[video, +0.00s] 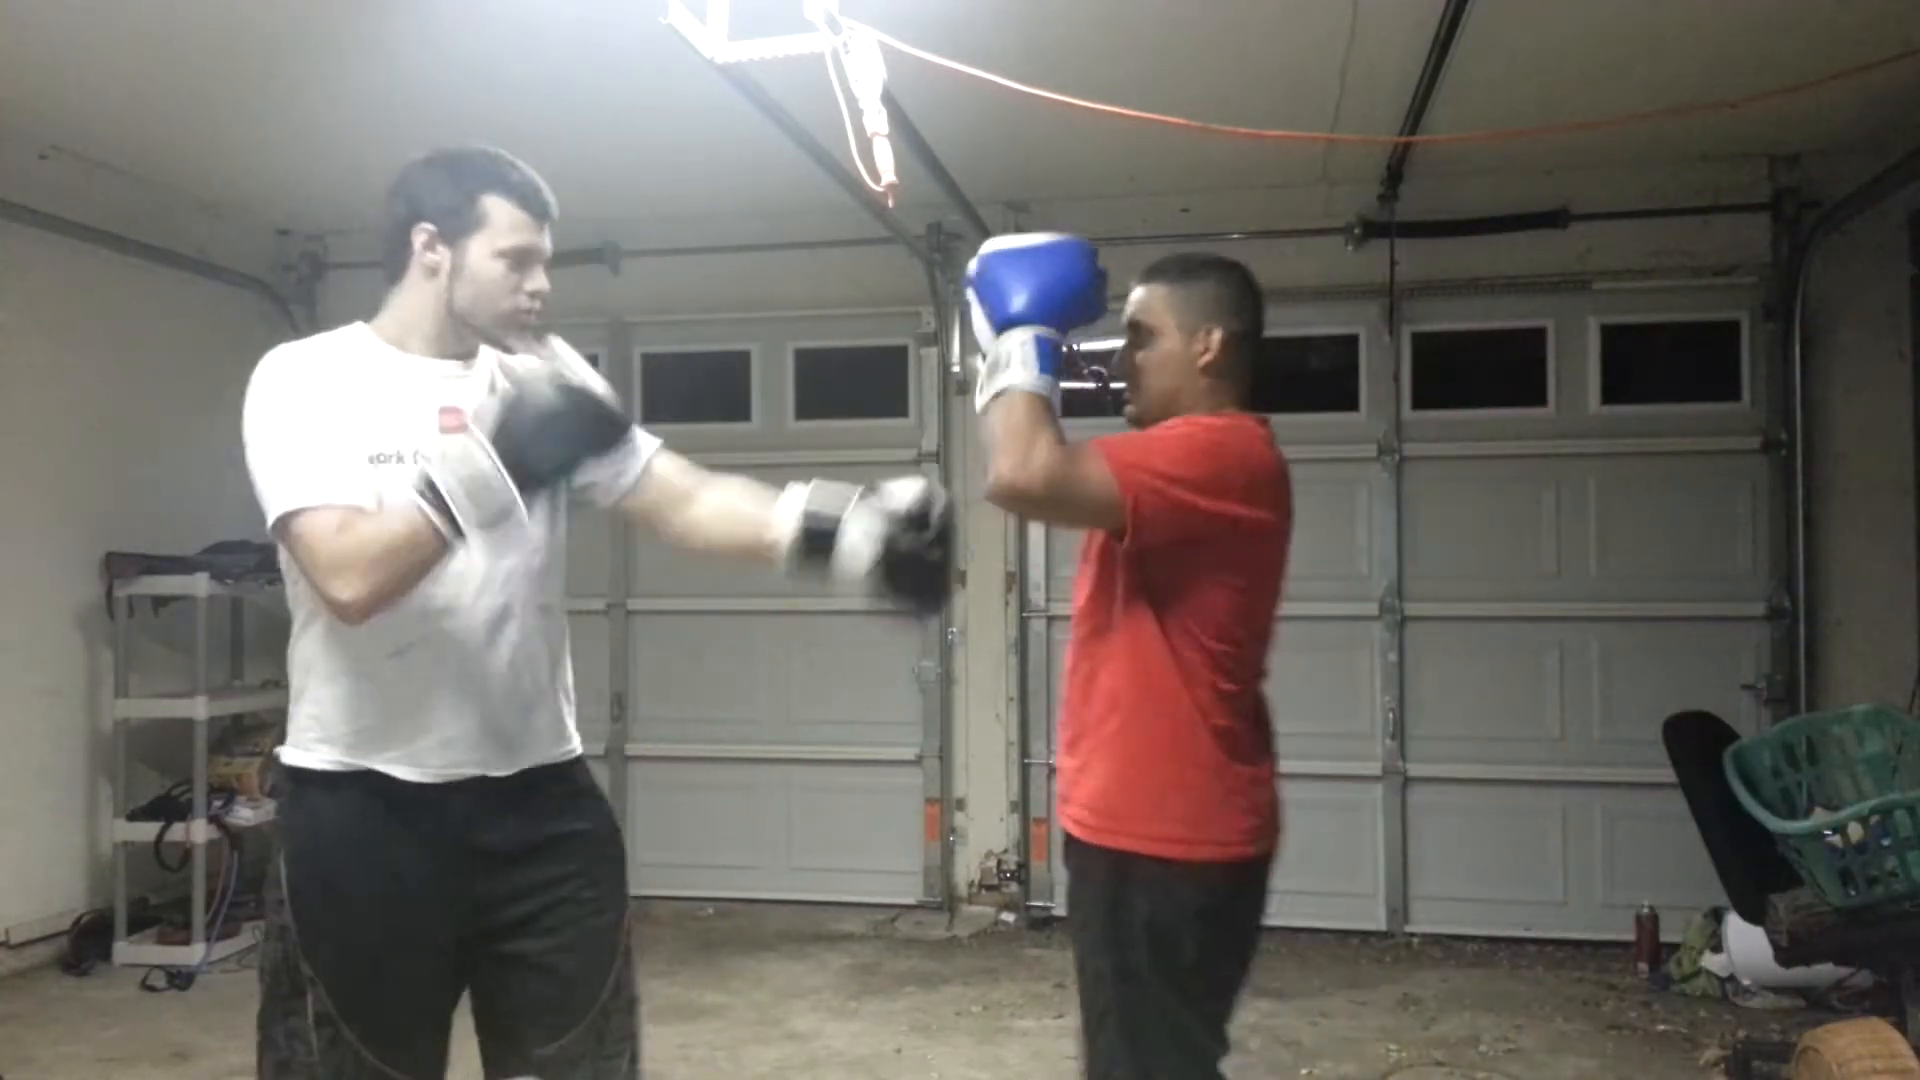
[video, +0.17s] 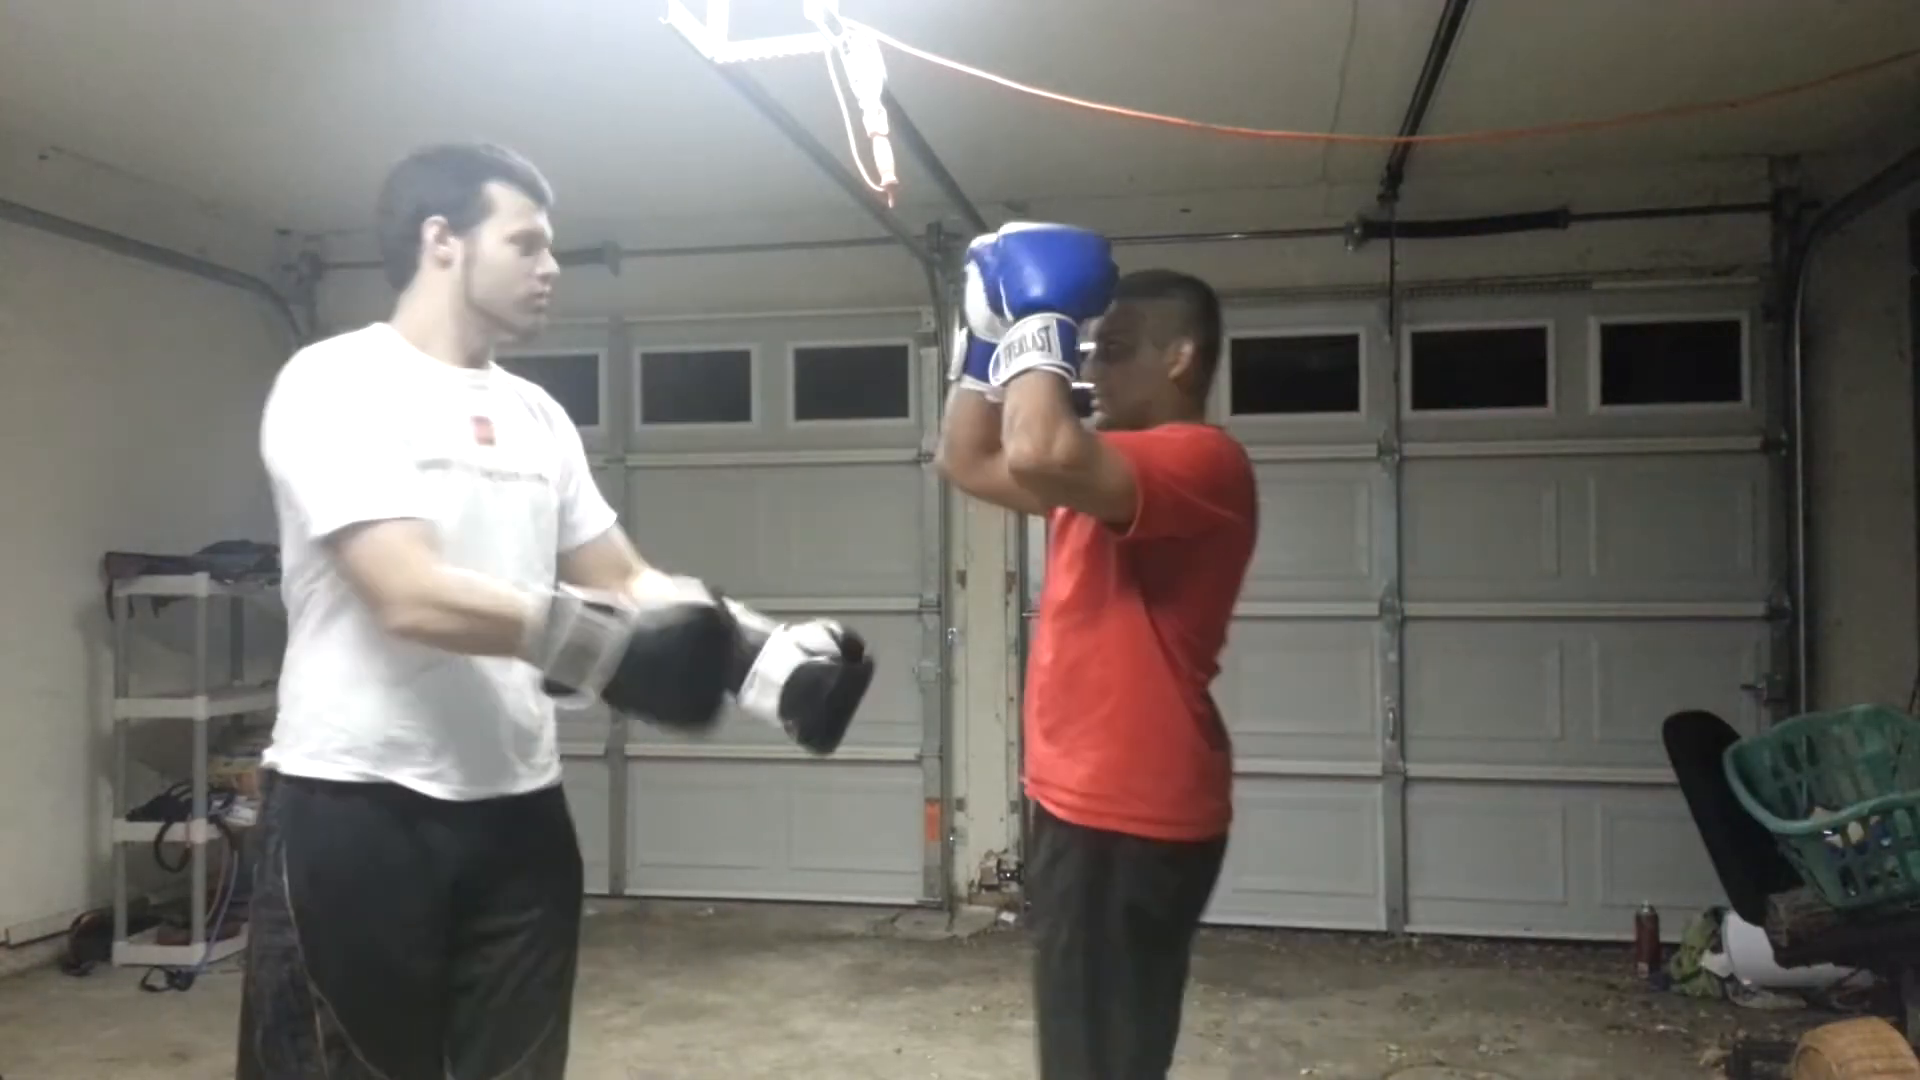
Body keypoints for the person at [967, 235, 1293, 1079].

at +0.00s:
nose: (1124, 361)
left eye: (1143, 337)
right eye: (1127, 339)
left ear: (1208, 347)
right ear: (1206, 350)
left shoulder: (1227, 453)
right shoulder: (1184, 454)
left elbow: (1027, 472)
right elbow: (1024, 476)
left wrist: (1022, 336)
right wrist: (1005, 352)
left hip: (1172, 842)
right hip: (1135, 834)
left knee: (1153, 1065)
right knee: (1131, 1062)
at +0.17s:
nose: (1090, 370)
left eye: (1114, 348)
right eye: (1092, 350)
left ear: (1183, 358)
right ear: (1079, 359)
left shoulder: (1206, 461)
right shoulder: (1100, 466)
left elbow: (1044, 453)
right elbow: (968, 460)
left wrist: (1035, 329)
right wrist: (985, 338)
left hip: (1134, 824)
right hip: (1076, 816)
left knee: (1102, 1060)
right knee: (1076, 1055)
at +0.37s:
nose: (1051, 379)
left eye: (1073, 357)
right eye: (1049, 360)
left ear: (1141, 366)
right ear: (1044, 374)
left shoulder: (1170, 462)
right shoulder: (1059, 468)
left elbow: (1027, 494)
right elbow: (930, 501)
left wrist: (999, 357)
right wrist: (924, 379)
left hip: (1112, 808)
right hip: (1057, 798)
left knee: (1016, 1047)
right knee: (1089, 1052)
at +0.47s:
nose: (1030, 381)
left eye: (1050, 361)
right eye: (1028, 365)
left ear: (1116, 369)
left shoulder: (1151, 470)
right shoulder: (1035, 476)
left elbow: (1032, 541)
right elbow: (923, 557)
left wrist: (938, 436)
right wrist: (879, 466)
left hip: (1103, 796)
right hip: (1045, 793)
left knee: (994, 1033)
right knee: (1093, 1044)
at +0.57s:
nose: (1007, 388)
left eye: (1027, 367)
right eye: (1003, 372)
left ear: (1093, 373)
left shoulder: (1127, 476)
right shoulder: (1008, 491)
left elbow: (1032, 584)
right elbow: (924, 604)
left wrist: (908, 509)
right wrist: (856, 535)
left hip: (1085, 802)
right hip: (1028, 801)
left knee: (983, 1039)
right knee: (1091, 1042)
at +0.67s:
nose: (977, 395)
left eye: (997, 373)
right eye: (972, 379)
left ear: (1062, 377)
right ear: (970, 392)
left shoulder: (1102, 481)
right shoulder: (987, 498)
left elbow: (1058, 625)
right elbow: (927, 642)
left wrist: (930, 568)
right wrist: (873, 588)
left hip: (1062, 809)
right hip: (1002, 806)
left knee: (971, 1041)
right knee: (1084, 1043)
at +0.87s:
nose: (914, 406)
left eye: (933, 386)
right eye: (909, 389)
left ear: (997, 391)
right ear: (907, 401)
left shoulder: (1042, 501)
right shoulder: (924, 500)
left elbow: (1067, 661)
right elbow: (893, 625)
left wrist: (937, 708)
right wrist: (852, 685)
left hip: (1001, 822)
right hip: (944, 813)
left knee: (923, 1042)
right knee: (1030, 1039)